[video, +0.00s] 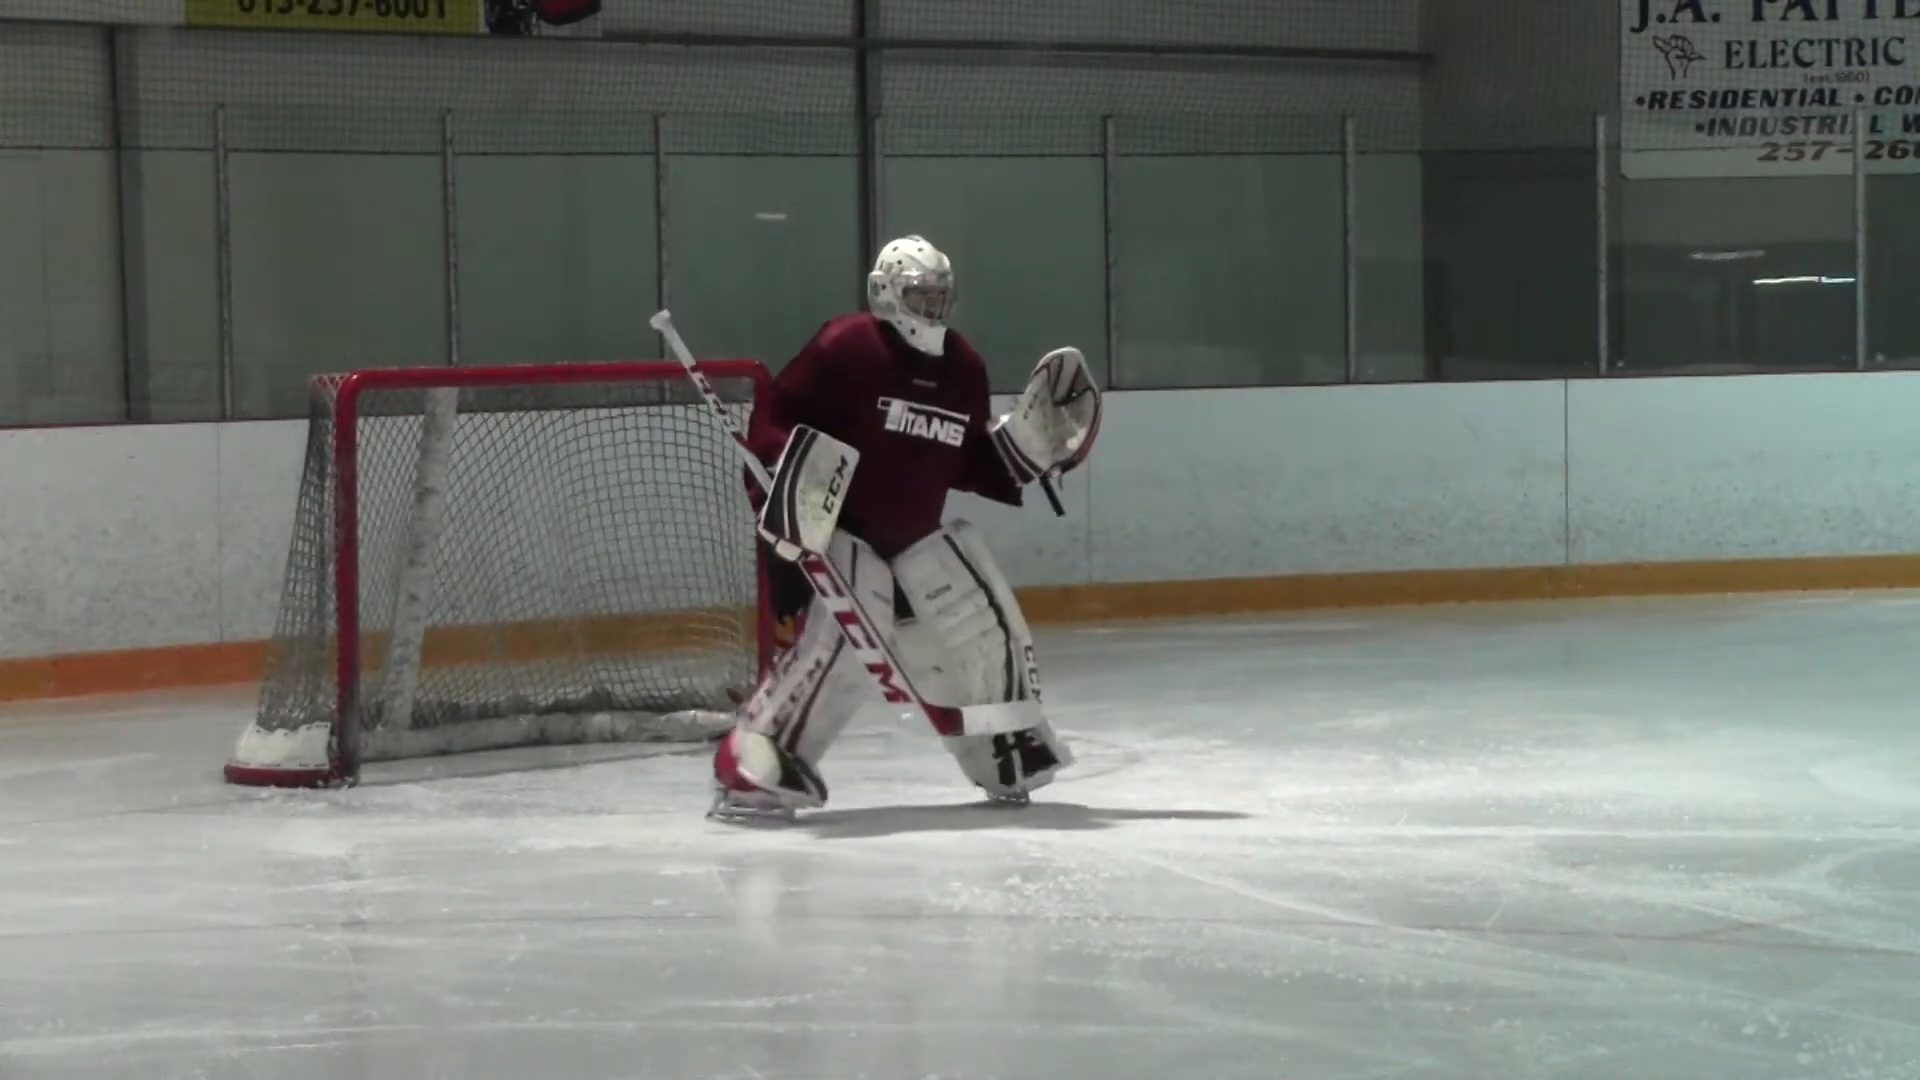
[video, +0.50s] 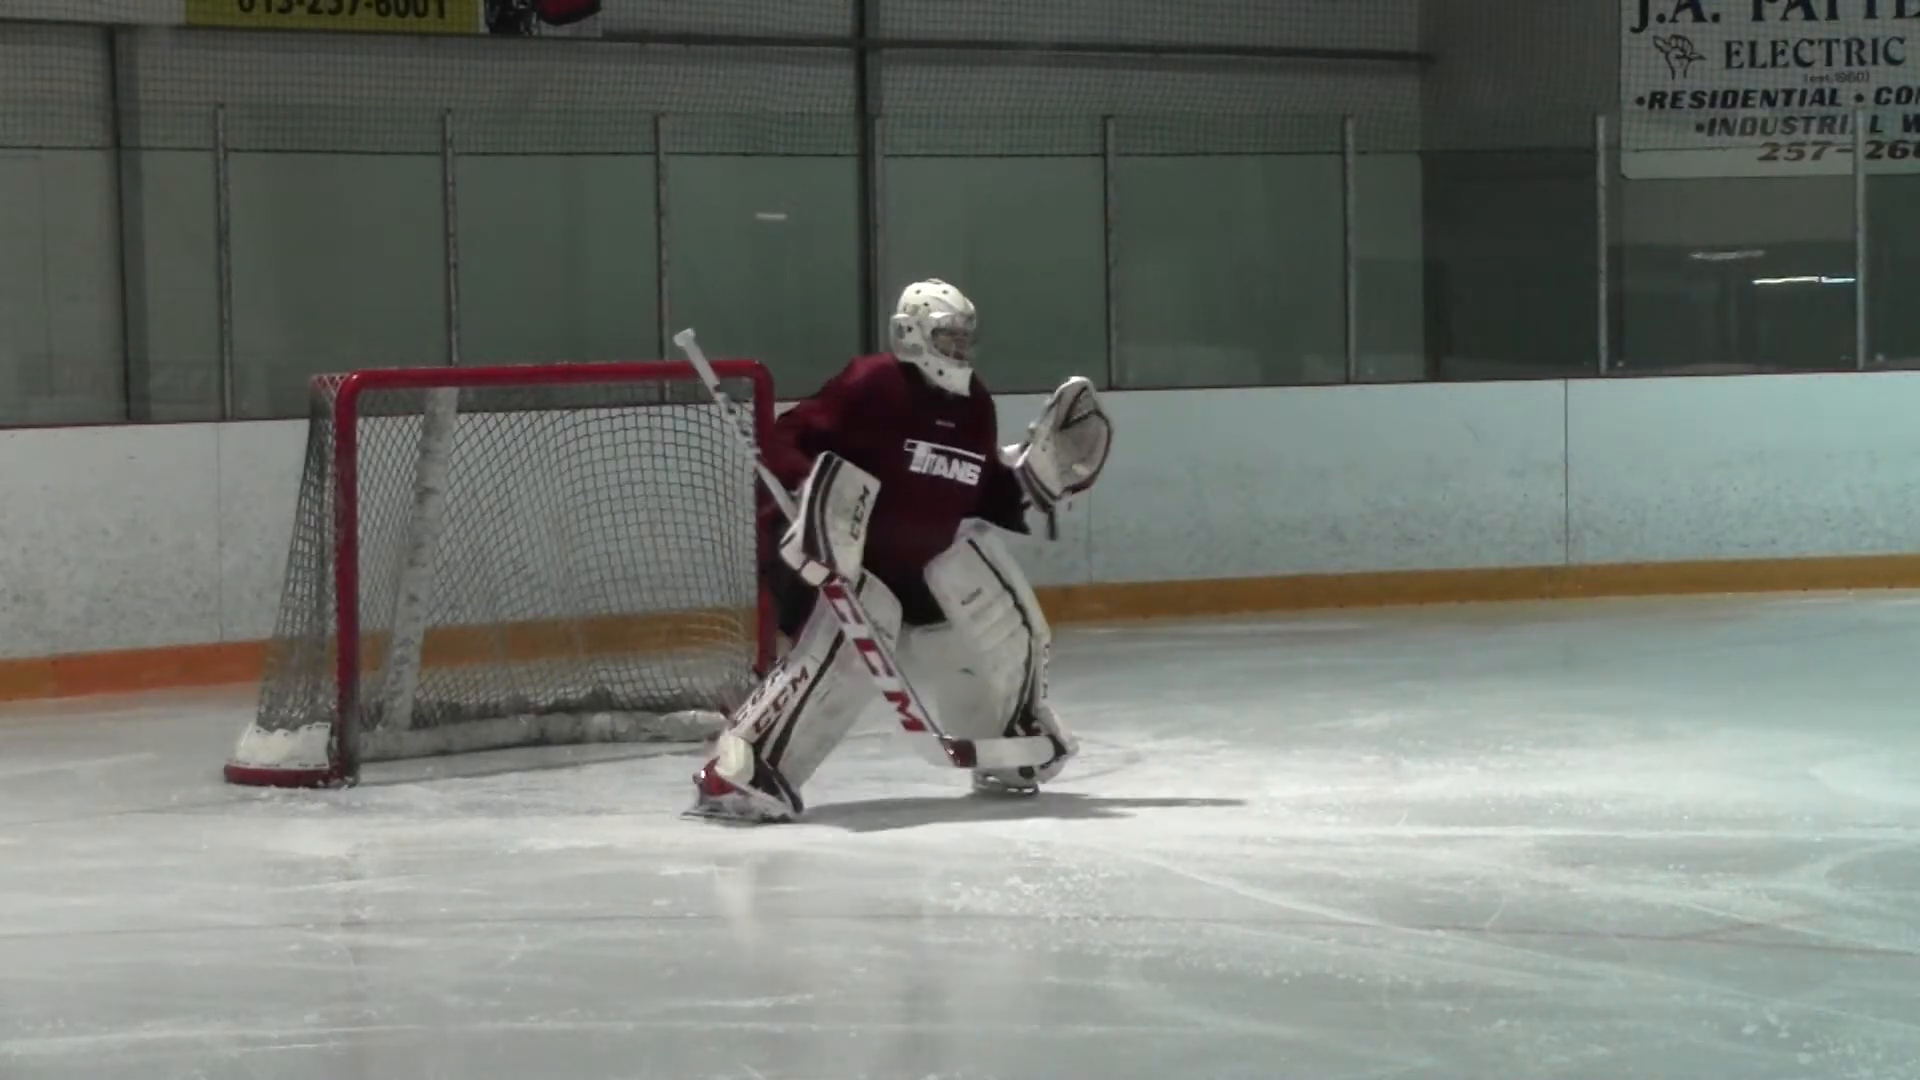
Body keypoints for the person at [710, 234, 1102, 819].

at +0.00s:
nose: (929, 312)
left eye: (939, 300)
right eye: (917, 297)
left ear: (951, 300)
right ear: (884, 295)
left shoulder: (963, 368)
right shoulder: (849, 346)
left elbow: (964, 463)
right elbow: (769, 417)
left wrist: (1031, 441)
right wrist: (798, 471)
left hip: (917, 540)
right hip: (843, 532)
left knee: (973, 632)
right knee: (842, 647)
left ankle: (1005, 756)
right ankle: (759, 763)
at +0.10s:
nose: (932, 324)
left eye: (940, 311)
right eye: (919, 310)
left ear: (950, 312)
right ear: (886, 309)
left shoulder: (961, 380)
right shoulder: (847, 358)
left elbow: (958, 476)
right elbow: (764, 431)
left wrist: (1023, 466)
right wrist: (797, 485)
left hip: (917, 549)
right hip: (839, 545)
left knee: (973, 642)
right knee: (812, 661)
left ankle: (1002, 765)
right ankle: (740, 778)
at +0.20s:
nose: (931, 339)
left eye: (939, 327)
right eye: (918, 326)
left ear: (948, 327)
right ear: (884, 325)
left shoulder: (956, 393)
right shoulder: (844, 369)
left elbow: (955, 491)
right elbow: (763, 436)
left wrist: (1020, 475)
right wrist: (784, 501)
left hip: (914, 549)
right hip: (836, 547)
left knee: (973, 639)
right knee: (814, 664)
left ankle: (1002, 761)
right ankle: (738, 776)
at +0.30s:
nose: (933, 347)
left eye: (940, 335)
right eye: (921, 334)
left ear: (948, 335)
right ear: (885, 333)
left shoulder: (951, 397)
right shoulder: (843, 377)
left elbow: (955, 497)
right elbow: (760, 445)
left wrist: (1013, 489)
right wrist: (779, 521)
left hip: (918, 547)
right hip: (840, 550)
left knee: (981, 632)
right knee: (828, 662)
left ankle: (999, 758)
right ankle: (733, 772)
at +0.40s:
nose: (940, 351)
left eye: (946, 338)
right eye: (928, 338)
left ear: (953, 339)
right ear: (892, 338)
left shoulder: (956, 403)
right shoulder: (851, 383)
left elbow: (962, 496)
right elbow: (769, 448)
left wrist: (1016, 489)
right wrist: (786, 527)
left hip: (923, 557)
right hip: (846, 555)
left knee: (990, 629)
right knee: (843, 660)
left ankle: (999, 753)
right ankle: (733, 771)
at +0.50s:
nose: (959, 348)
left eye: (964, 336)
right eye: (947, 335)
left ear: (970, 338)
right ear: (911, 334)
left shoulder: (974, 403)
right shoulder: (873, 382)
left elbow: (984, 491)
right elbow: (782, 440)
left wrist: (1036, 479)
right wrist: (824, 491)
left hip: (936, 571)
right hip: (860, 566)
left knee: (980, 657)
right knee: (830, 673)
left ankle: (1007, 757)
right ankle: (742, 775)